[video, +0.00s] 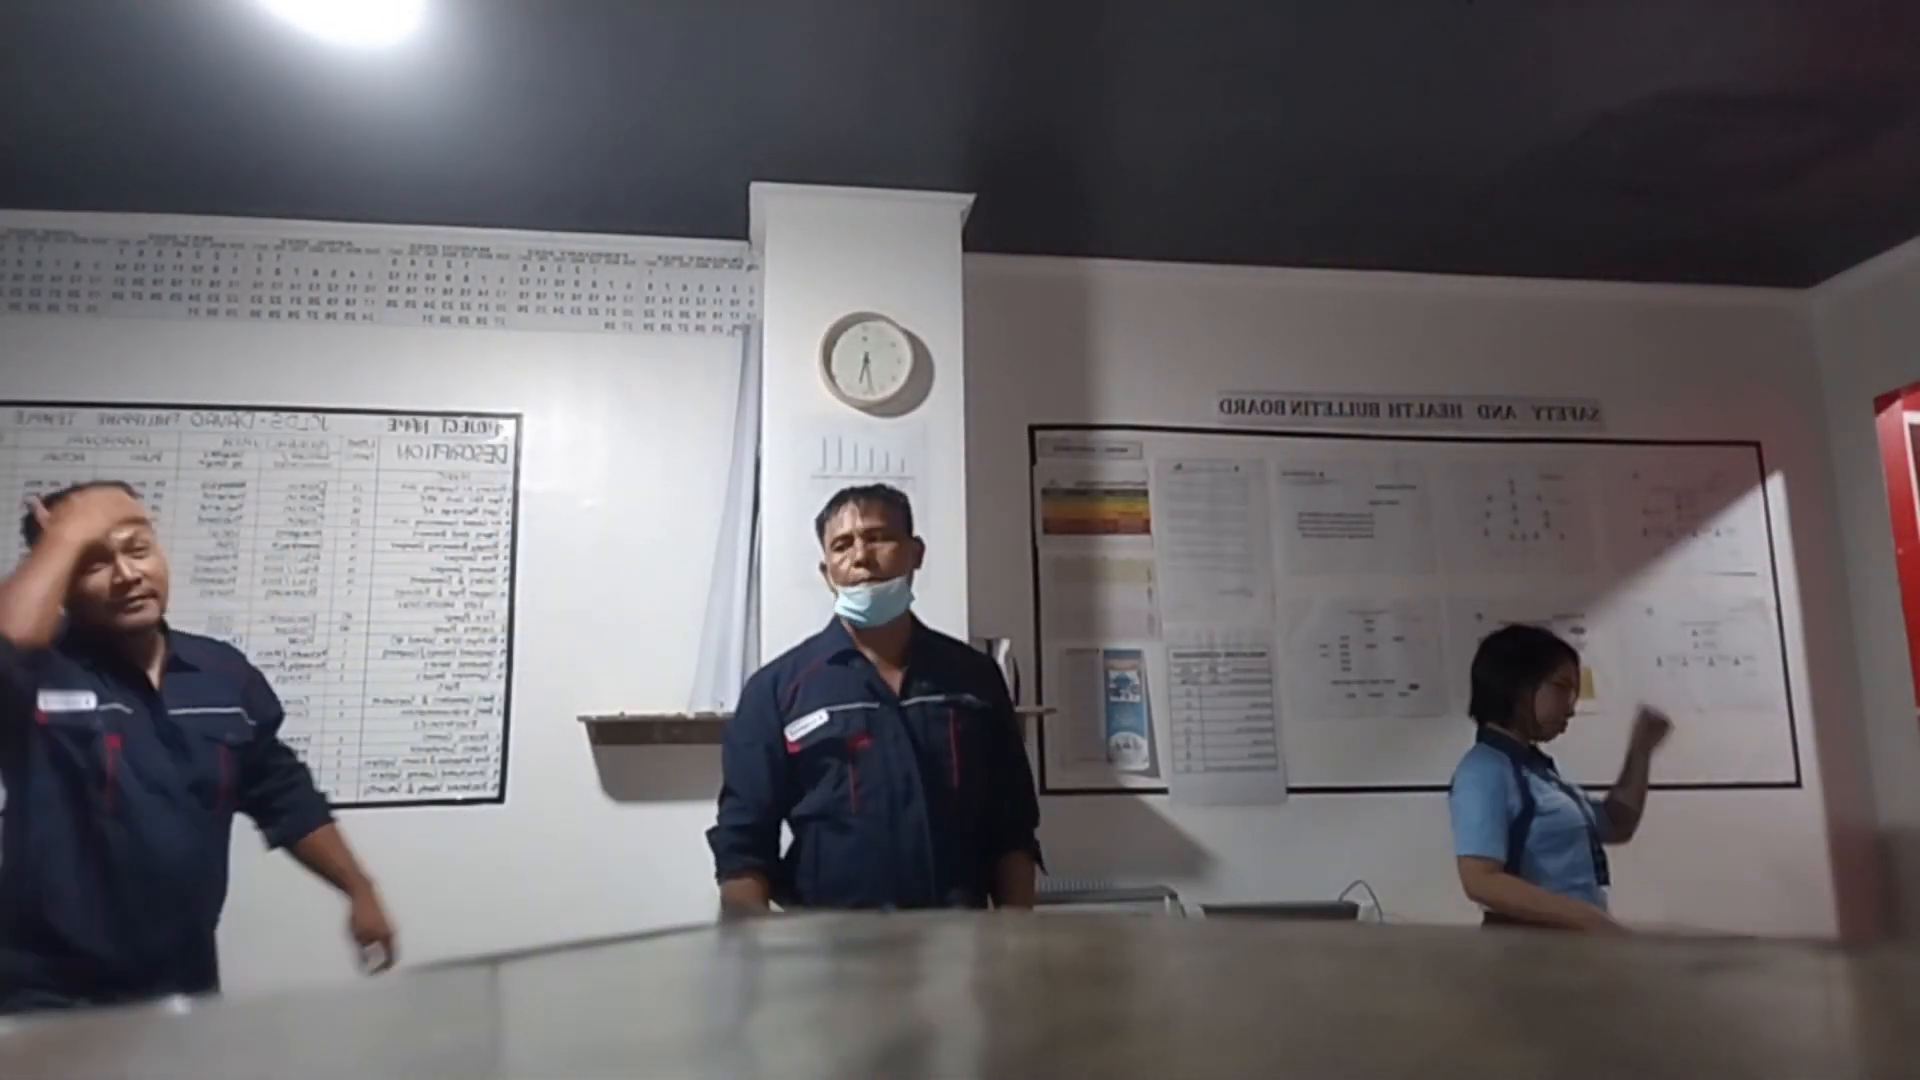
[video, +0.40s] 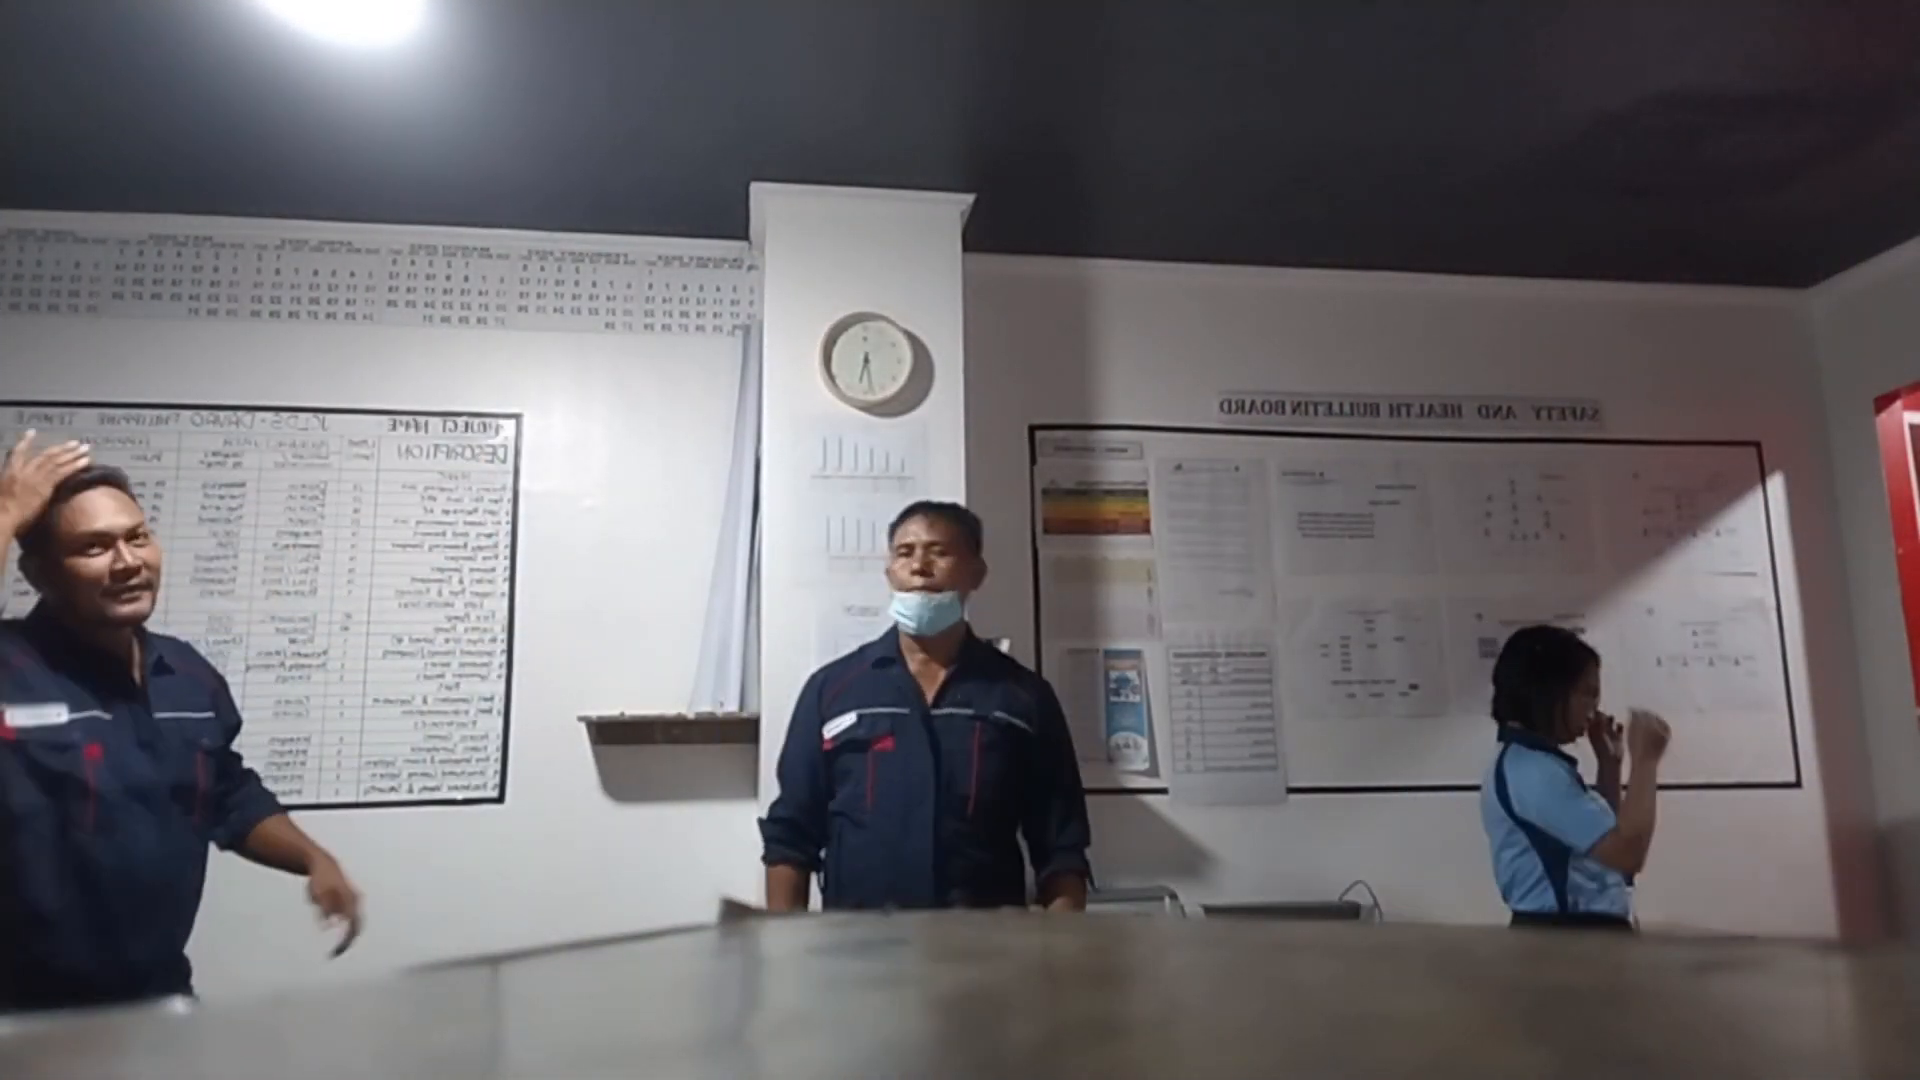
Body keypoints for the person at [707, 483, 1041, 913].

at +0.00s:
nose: (860, 555)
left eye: (878, 538)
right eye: (842, 545)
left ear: (915, 554)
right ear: (826, 571)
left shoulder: (975, 677)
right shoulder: (775, 692)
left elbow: (1013, 831)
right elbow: (741, 847)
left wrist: (1015, 950)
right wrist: (761, 959)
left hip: (959, 945)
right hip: (828, 951)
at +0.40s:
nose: (919, 565)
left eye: (939, 551)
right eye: (905, 553)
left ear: (976, 573)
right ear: (888, 570)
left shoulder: (1025, 698)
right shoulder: (830, 691)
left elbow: (1061, 849)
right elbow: (789, 835)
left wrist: (1058, 960)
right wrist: (784, 956)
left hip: (988, 951)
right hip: (859, 952)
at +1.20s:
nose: (921, 570)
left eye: (938, 563)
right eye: (906, 554)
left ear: (951, 589)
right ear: (870, 572)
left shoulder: (978, 703)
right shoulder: (789, 683)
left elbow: (1007, 859)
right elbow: (737, 816)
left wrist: (1011, 962)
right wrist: (733, 934)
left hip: (942, 949)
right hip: (816, 946)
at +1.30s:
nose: (900, 566)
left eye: (914, 556)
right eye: (881, 551)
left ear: (927, 582)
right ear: (846, 572)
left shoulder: (962, 699)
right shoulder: (770, 687)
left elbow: (992, 847)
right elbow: (724, 823)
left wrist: (1012, 952)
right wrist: (727, 939)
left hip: (929, 948)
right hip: (804, 946)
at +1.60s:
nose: (838, 561)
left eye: (850, 548)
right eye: (816, 549)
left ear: (863, 567)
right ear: (782, 576)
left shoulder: (913, 685)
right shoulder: (721, 698)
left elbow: (948, 831)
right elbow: (683, 851)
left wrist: (952, 943)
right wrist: (690, 972)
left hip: (897, 941)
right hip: (773, 943)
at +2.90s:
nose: (958, 574)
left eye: (975, 565)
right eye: (941, 560)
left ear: (995, 590)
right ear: (911, 582)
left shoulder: (1019, 696)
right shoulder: (837, 682)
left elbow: (1048, 828)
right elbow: (783, 815)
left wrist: (976, 724)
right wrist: (786, 940)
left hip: (982, 941)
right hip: (859, 940)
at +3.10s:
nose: (967, 571)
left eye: (985, 563)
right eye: (951, 557)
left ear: (1004, 591)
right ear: (921, 580)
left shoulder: (1025, 701)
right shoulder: (843, 680)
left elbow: (1051, 833)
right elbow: (786, 814)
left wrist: (977, 726)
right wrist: (783, 938)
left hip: (983, 941)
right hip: (858, 940)